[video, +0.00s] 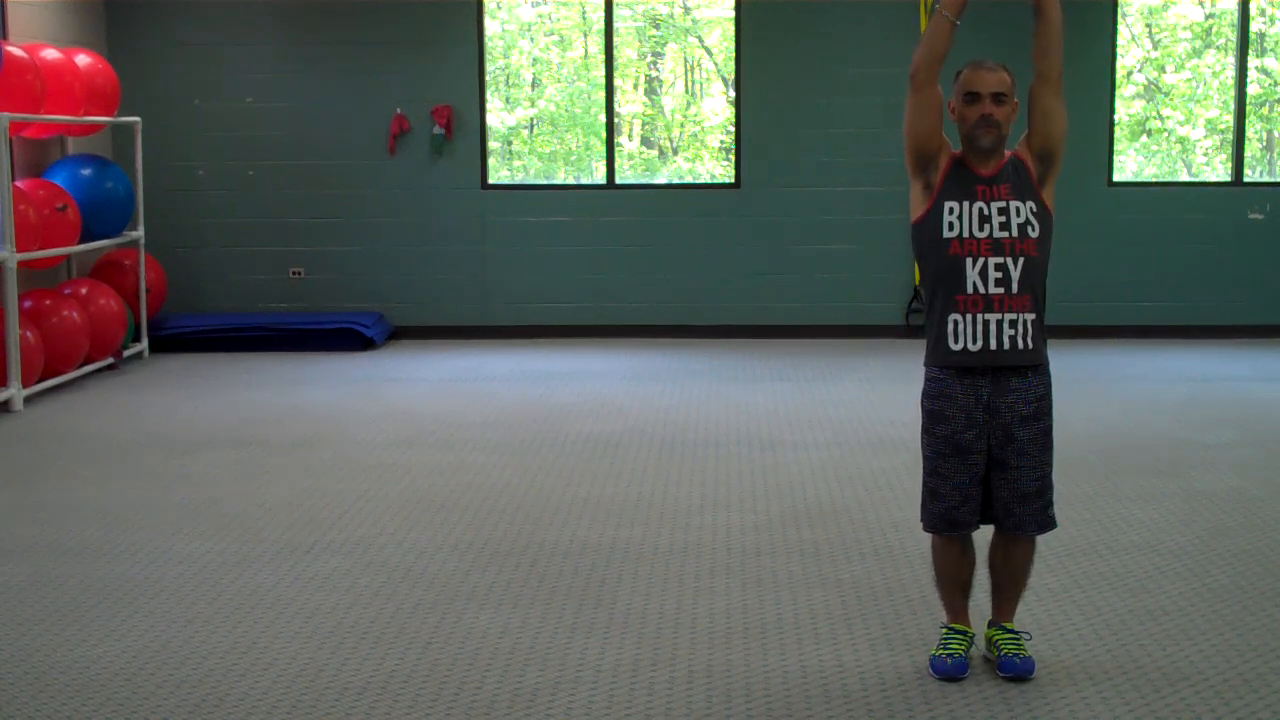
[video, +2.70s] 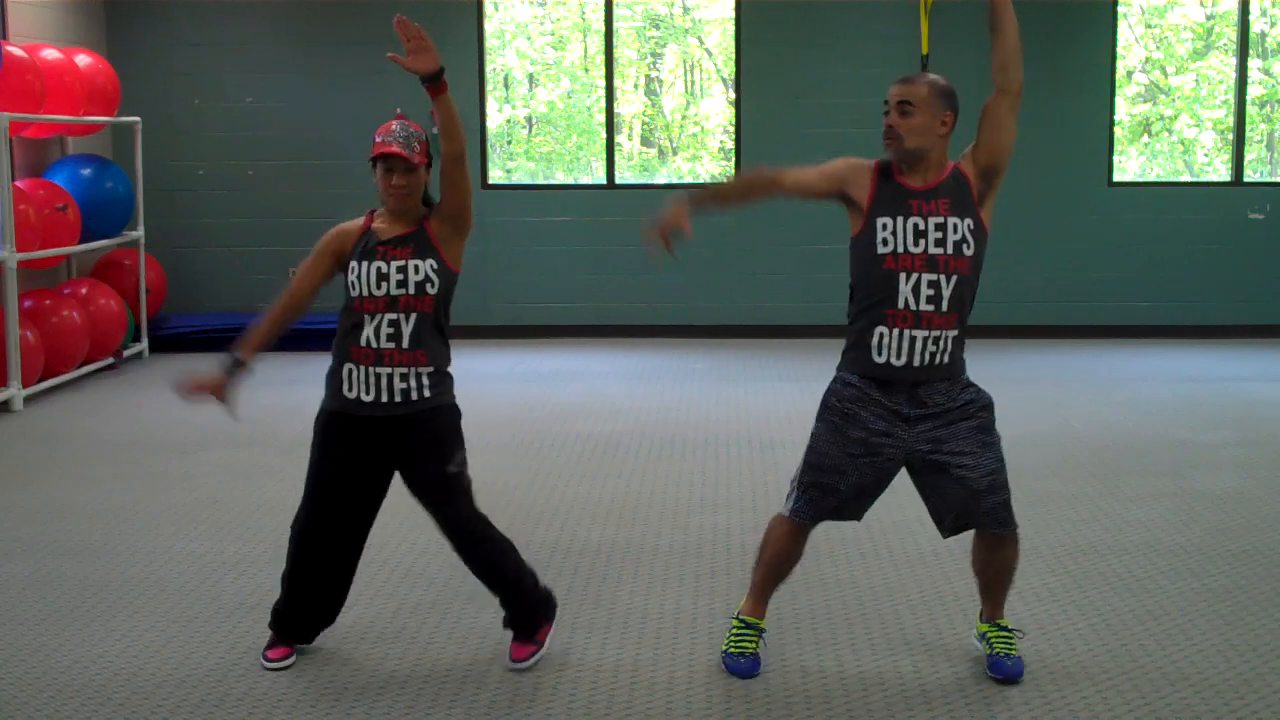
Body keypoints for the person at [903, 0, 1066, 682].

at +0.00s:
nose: (986, 109)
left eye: (998, 99)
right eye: (973, 98)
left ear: (1015, 109)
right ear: (953, 108)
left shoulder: (1036, 171)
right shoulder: (931, 173)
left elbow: (1050, 75)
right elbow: (922, 76)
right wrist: (951, 6)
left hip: (1023, 381)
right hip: (952, 382)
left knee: (1019, 517)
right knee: (950, 518)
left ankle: (1004, 628)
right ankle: (956, 629)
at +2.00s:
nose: (984, 107)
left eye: (997, 97)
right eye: (971, 96)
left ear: (1013, 110)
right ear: (950, 109)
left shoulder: (1032, 173)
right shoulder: (929, 172)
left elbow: (1057, 74)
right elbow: (912, 75)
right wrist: (956, 10)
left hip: (1017, 381)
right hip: (946, 382)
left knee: (1019, 516)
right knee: (946, 517)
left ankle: (1004, 627)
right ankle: (955, 628)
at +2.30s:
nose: (965, 126)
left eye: (978, 116)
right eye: (953, 115)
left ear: (996, 132)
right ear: (935, 131)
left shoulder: (1020, 189)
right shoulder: (918, 190)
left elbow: (1050, 95)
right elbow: (887, 101)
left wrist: (1028, 6)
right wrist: (915, 16)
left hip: (1014, 403)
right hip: (937, 403)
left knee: (1024, 540)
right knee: (932, 527)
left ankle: (995, 629)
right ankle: (920, 616)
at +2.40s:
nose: (945, 125)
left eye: (960, 112)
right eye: (937, 113)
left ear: (991, 121)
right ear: (925, 124)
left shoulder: (1013, 181)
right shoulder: (911, 178)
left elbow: (1037, 83)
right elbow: (867, 94)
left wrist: (1025, 3)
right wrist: (828, 18)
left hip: (1003, 398)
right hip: (923, 394)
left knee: (1019, 531)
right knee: (880, 514)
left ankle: (993, 630)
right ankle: (833, 617)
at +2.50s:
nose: (921, 117)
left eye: (936, 106)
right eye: (915, 107)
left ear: (974, 116)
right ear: (911, 117)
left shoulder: (1003, 171)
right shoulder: (895, 169)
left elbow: (1026, 77)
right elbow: (822, 105)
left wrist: (1016, 1)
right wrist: (756, 53)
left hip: (984, 394)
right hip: (902, 390)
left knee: (1004, 525)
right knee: (840, 504)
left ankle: (992, 631)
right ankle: (769, 609)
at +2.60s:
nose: (903, 117)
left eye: (919, 106)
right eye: (901, 106)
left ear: (960, 118)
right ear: (899, 116)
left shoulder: (987, 178)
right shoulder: (877, 172)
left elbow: (1014, 79)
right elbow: (793, 140)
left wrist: (1007, 2)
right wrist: (715, 119)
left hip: (960, 395)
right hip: (878, 392)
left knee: (997, 524)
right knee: (814, 510)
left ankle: (991, 629)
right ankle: (756, 615)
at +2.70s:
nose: (890, 120)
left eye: (906, 110)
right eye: (888, 110)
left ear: (947, 121)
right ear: (888, 120)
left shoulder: (976, 182)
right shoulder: (859, 178)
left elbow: (1009, 88)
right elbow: (772, 181)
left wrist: (1001, 4)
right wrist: (692, 199)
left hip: (947, 397)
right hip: (863, 395)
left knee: (999, 524)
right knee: (801, 513)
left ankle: (994, 623)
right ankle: (750, 617)